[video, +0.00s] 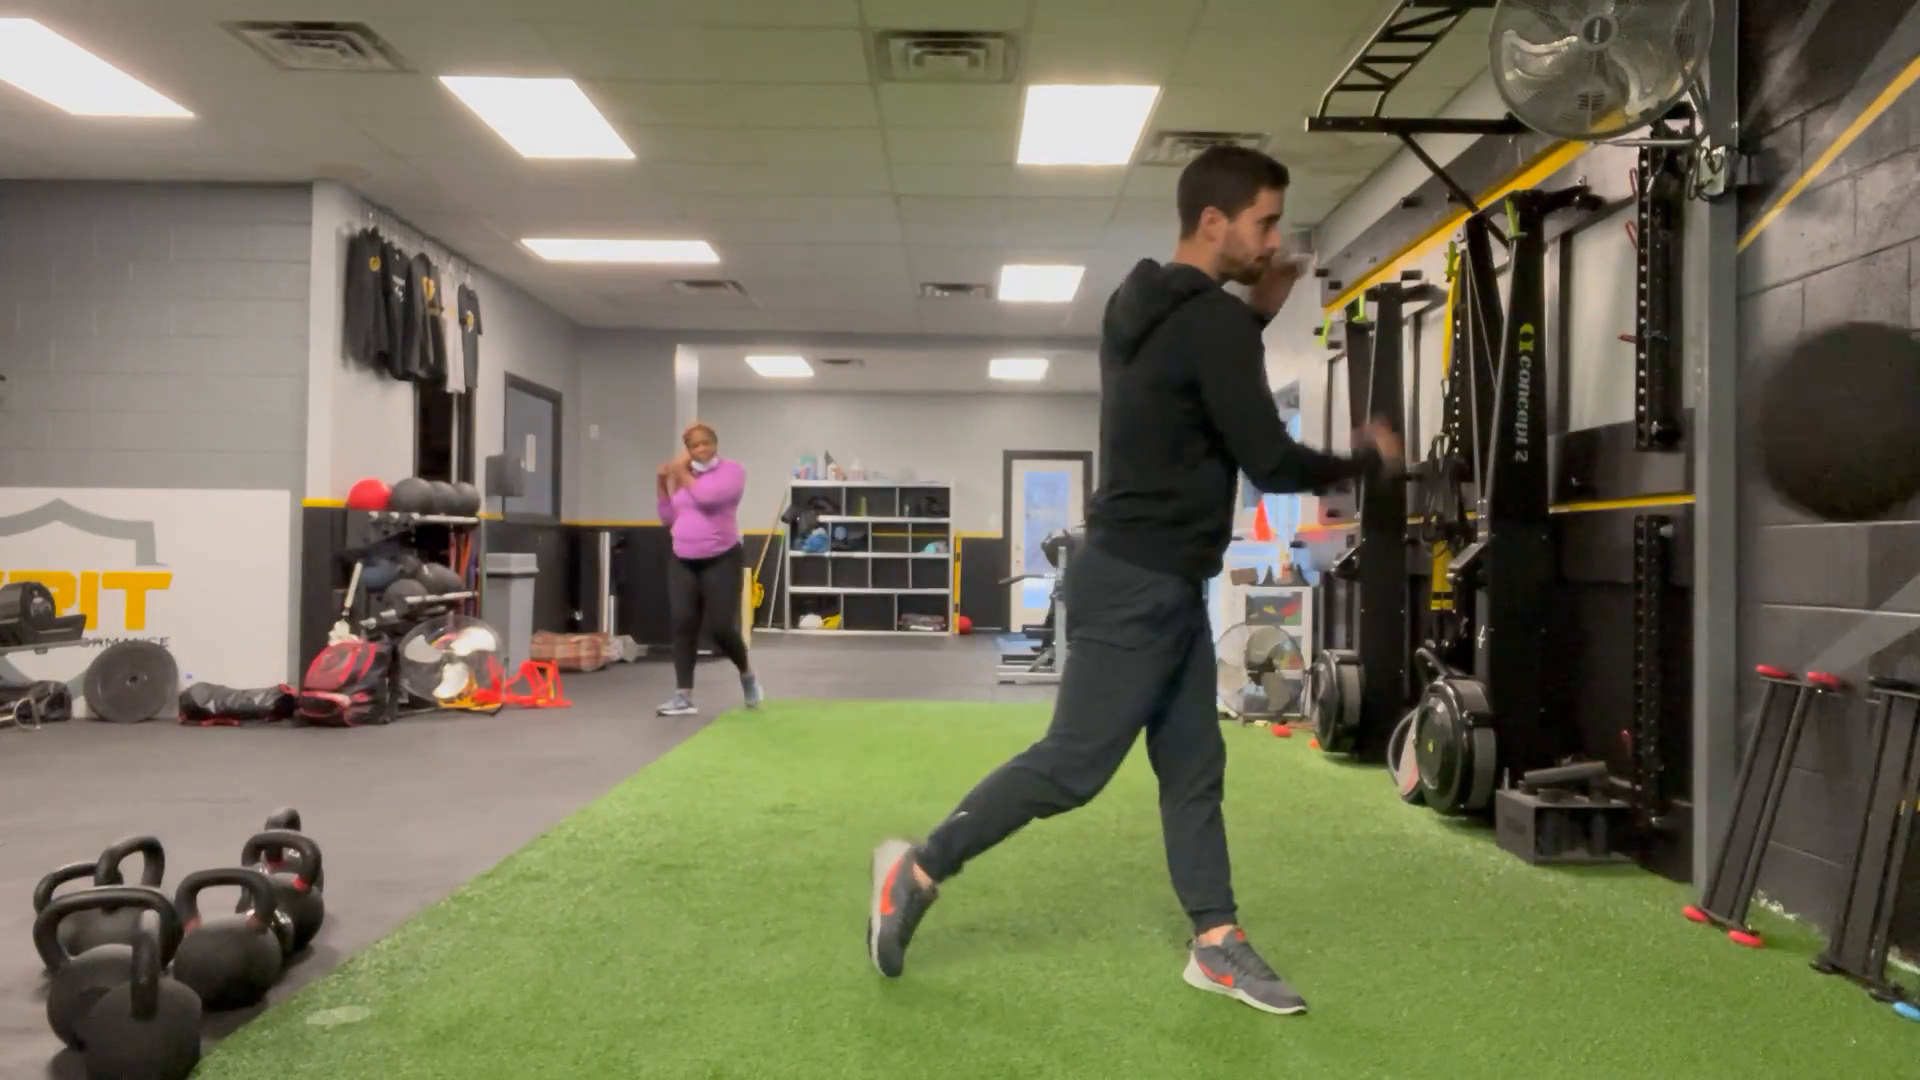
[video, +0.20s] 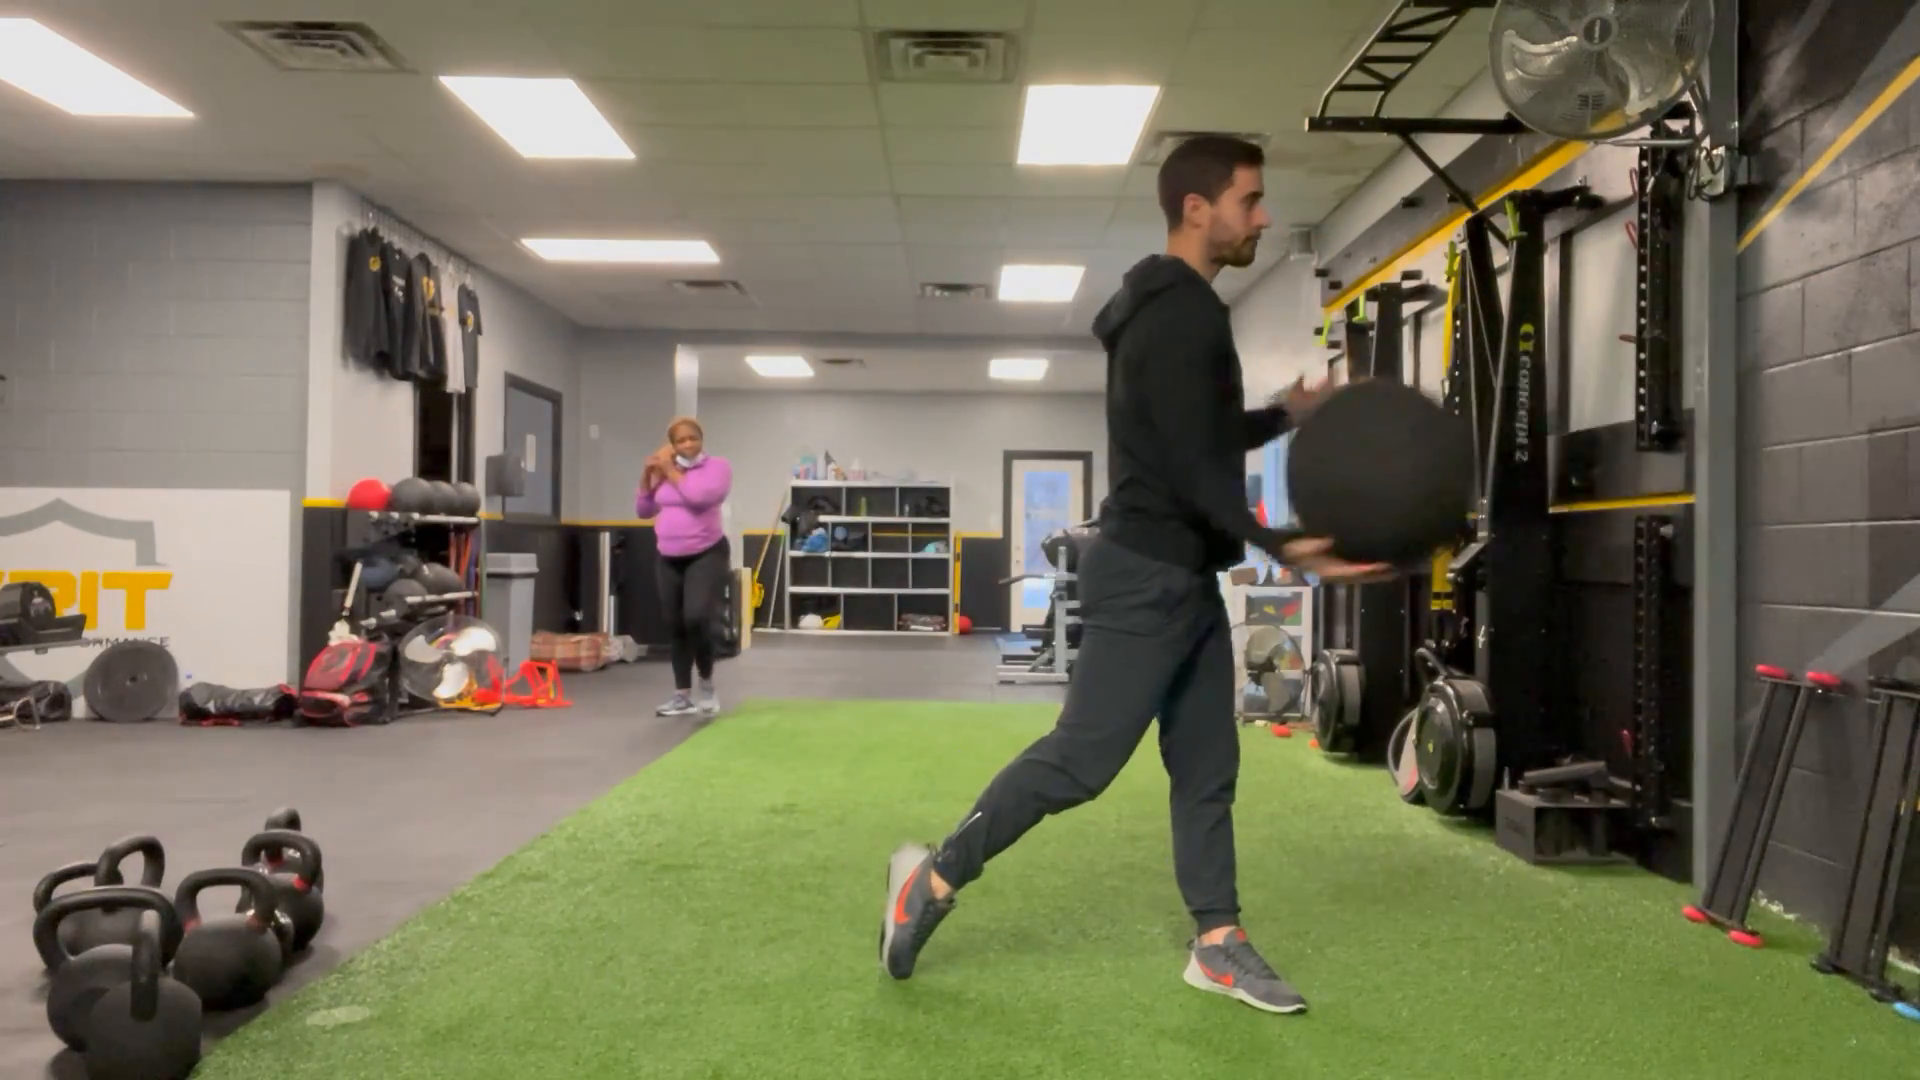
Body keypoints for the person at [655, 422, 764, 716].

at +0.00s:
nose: (702, 449)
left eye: (706, 443)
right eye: (695, 445)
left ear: (716, 445)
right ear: (687, 450)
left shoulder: (732, 471)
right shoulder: (682, 475)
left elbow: (707, 498)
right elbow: (667, 518)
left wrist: (683, 473)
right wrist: (663, 484)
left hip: (722, 557)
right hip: (684, 559)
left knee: (720, 626)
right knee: (683, 623)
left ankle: (747, 676)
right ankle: (683, 694)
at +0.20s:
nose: (687, 444)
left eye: (692, 438)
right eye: (681, 440)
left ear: (702, 440)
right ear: (672, 445)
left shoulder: (717, 467)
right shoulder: (664, 470)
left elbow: (698, 498)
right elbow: (644, 510)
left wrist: (670, 471)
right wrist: (647, 479)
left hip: (706, 553)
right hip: (670, 557)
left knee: (696, 617)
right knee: (676, 623)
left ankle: (706, 686)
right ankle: (682, 694)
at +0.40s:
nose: (679, 445)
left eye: (684, 439)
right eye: (672, 441)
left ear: (693, 441)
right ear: (663, 445)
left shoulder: (708, 469)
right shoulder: (654, 471)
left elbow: (689, 500)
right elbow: (633, 513)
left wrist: (659, 470)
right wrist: (635, 478)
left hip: (696, 557)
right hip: (658, 560)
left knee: (685, 624)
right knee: (666, 628)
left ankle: (685, 699)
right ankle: (679, 692)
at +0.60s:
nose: (671, 439)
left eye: (676, 433)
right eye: (664, 435)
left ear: (686, 436)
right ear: (655, 441)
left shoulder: (702, 464)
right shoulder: (646, 467)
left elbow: (679, 495)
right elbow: (631, 515)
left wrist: (650, 464)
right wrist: (626, 476)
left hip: (689, 555)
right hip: (650, 558)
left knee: (677, 631)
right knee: (638, 628)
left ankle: (680, 704)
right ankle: (664, 676)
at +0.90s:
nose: (646, 435)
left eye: (652, 429)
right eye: (639, 431)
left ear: (664, 431)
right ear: (632, 437)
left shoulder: (683, 460)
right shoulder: (628, 465)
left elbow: (653, 491)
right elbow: (617, 514)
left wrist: (629, 464)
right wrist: (609, 482)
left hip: (671, 556)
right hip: (629, 558)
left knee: (670, 634)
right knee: (620, 632)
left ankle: (678, 709)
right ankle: (603, 710)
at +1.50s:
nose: (588, 429)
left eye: (593, 422)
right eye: (580, 424)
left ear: (604, 424)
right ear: (568, 429)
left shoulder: (621, 455)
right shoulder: (555, 460)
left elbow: (600, 489)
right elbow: (538, 514)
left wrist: (565, 457)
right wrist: (537, 473)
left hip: (606, 557)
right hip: (564, 562)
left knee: (593, 638)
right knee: (576, 641)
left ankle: (588, 721)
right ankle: (597, 719)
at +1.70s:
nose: (574, 426)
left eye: (578, 418)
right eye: (565, 422)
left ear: (590, 420)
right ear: (555, 429)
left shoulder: (607, 455)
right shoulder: (544, 459)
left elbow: (580, 488)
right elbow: (527, 514)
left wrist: (551, 454)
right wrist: (520, 468)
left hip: (592, 555)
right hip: (549, 561)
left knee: (582, 644)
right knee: (540, 648)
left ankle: (576, 732)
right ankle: (584, 696)